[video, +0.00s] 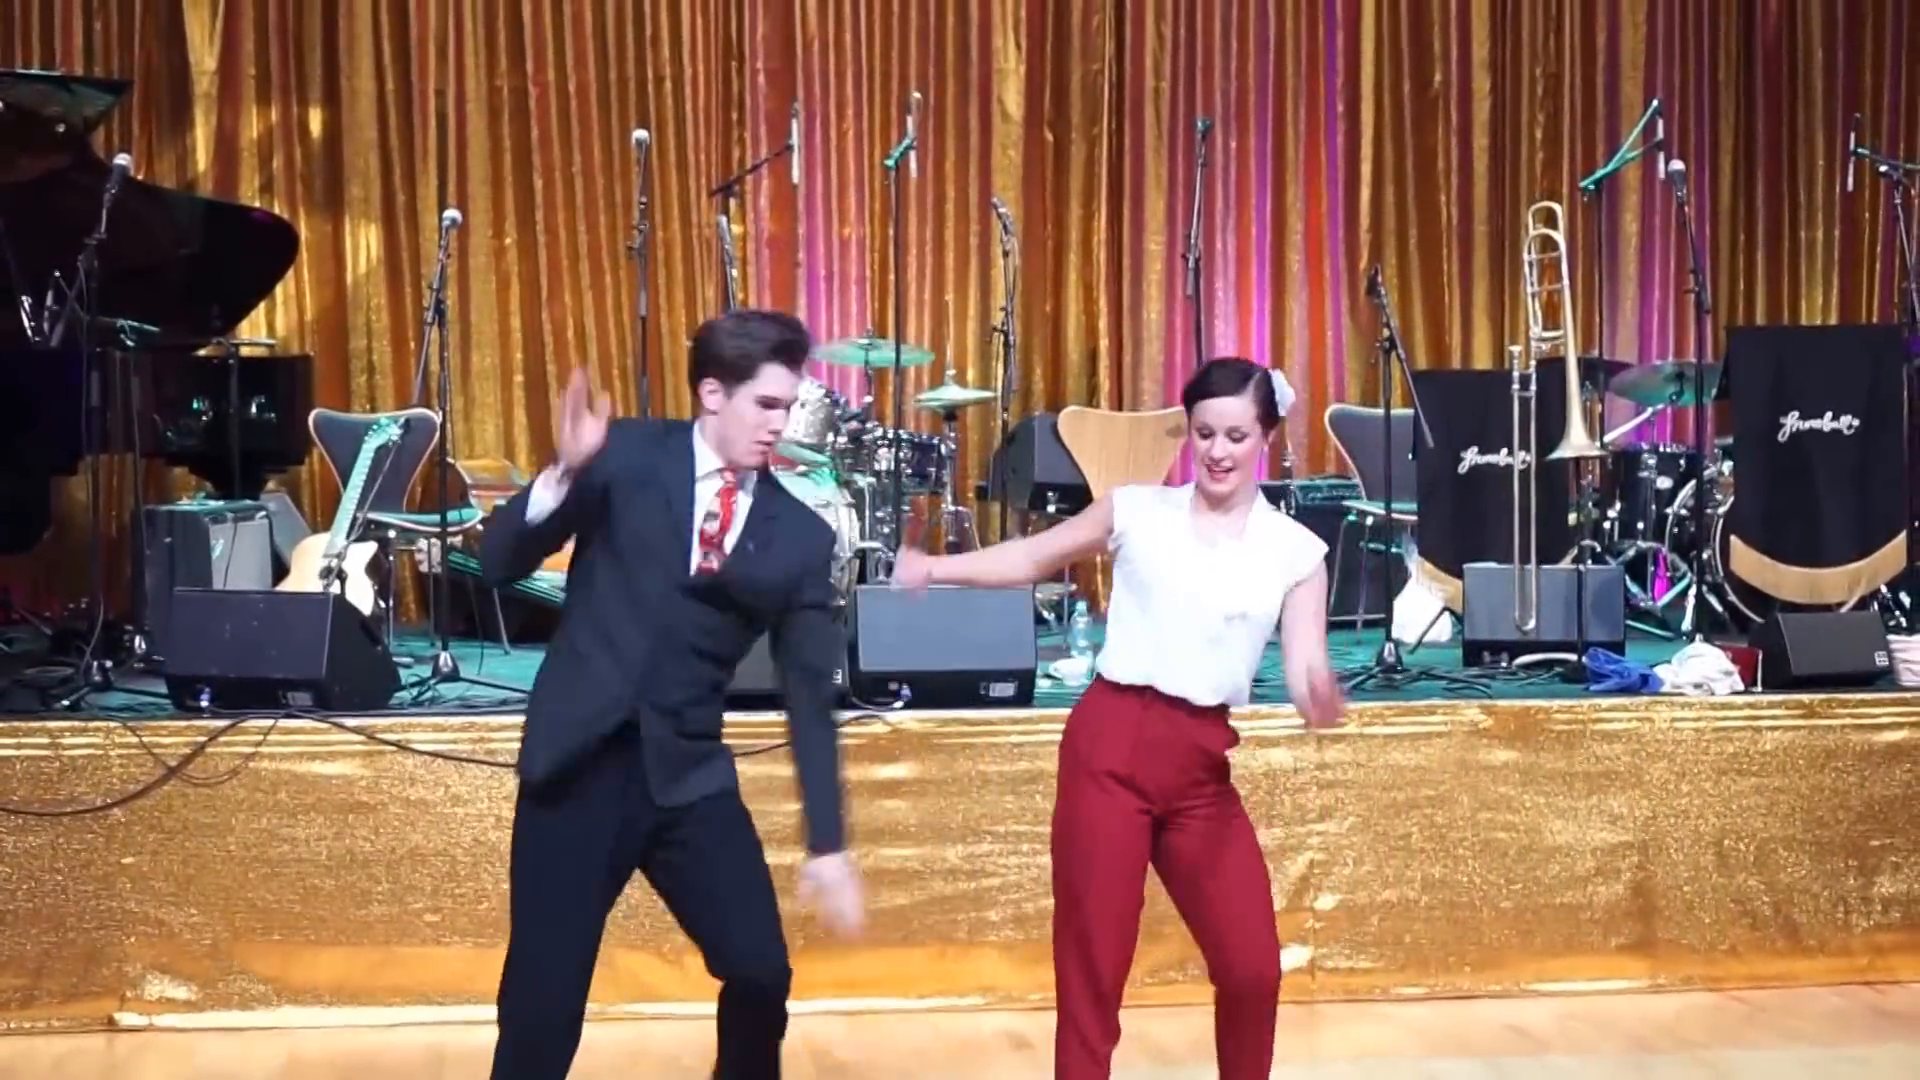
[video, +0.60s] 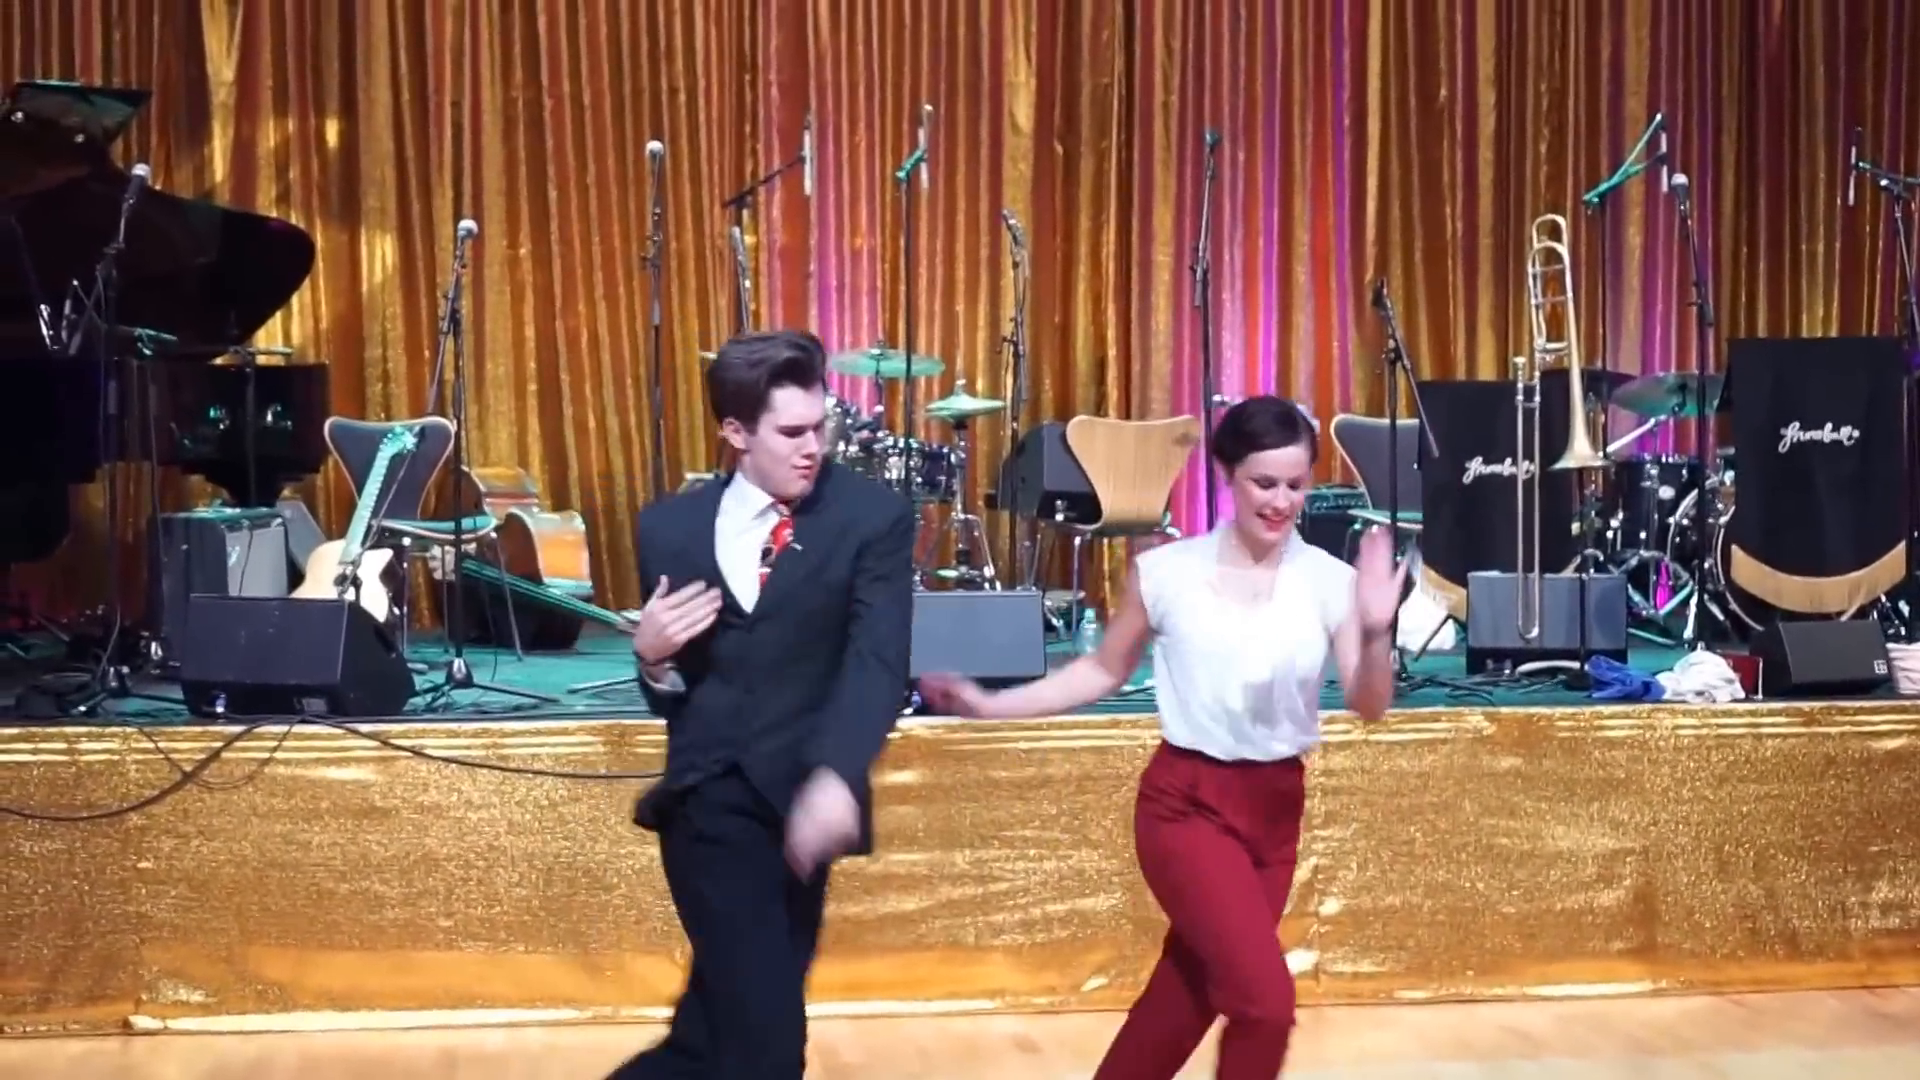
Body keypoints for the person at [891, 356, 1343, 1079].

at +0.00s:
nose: (1217, 451)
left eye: (1235, 435)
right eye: (1205, 433)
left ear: (1267, 437)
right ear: (1188, 433)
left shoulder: (1294, 551)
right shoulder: (1131, 509)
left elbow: (1310, 684)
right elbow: (1031, 557)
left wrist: (1324, 701)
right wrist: (934, 567)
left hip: (1199, 770)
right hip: (1107, 753)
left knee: (1253, 973)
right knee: (1093, 981)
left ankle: (1245, 1079)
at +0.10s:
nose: (1200, 462)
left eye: (1219, 447)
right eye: (1187, 443)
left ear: (1247, 445)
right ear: (1167, 436)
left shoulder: (1275, 555)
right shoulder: (1108, 525)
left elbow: (1290, 689)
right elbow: (1025, 612)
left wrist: (1326, 799)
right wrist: (964, 539)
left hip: (1193, 772)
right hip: (1089, 759)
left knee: (1220, 979)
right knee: (1075, 979)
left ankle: (1225, 1072)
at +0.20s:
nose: (1193, 470)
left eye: (1212, 455)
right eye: (1179, 451)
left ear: (1236, 453)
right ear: (1155, 441)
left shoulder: (1251, 548)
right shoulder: (1102, 534)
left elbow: (1268, 663)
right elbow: (1089, 664)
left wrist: (1321, 724)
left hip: (1192, 778)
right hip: (1089, 770)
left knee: (1121, 962)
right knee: (1075, 983)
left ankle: (1177, 1075)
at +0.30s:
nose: (1197, 478)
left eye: (1214, 462)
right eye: (1183, 459)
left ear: (1235, 457)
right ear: (1156, 447)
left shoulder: (1240, 546)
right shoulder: (1114, 540)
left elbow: (1261, 630)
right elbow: (1119, 678)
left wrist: (1344, 611)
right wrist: (1193, 721)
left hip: (1194, 793)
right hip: (1099, 782)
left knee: (1090, 980)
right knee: (1080, 986)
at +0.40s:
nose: (1212, 480)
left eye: (1229, 464)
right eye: (1196, 462)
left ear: (1247, 459)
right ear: (1166, 450)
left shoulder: (1254, 548)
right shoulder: (1122, 545)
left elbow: (1342, 609)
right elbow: (1090, 688)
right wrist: (1134, 797)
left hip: (1224, 772)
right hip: (1119, 767)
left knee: (1153, 994)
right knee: (1077, 993)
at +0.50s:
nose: (1239, 487)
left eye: (1255, 471)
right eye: (1223, 468)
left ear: (1274, 468)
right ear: (1190, 458)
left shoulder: (1289, 557)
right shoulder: (1127, 555)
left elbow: (1405, 625)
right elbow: (1068, 666)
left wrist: (1434, 528)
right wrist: (1041, 791)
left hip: (1250, 801)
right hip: (1150, 796)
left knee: (1207, 1008)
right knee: (1171, 994)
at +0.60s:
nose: (1281, 501)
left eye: (1296, 485)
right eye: (1264, 483)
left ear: (1311, 482)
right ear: (1227, 476)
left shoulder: (1330, 581)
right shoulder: (1163, 573)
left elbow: (1370, 704)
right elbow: (1102, 669)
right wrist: (991, 705)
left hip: (1274, 818)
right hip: (1182, 807)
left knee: (1163, 1030)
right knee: (1266, 1007)